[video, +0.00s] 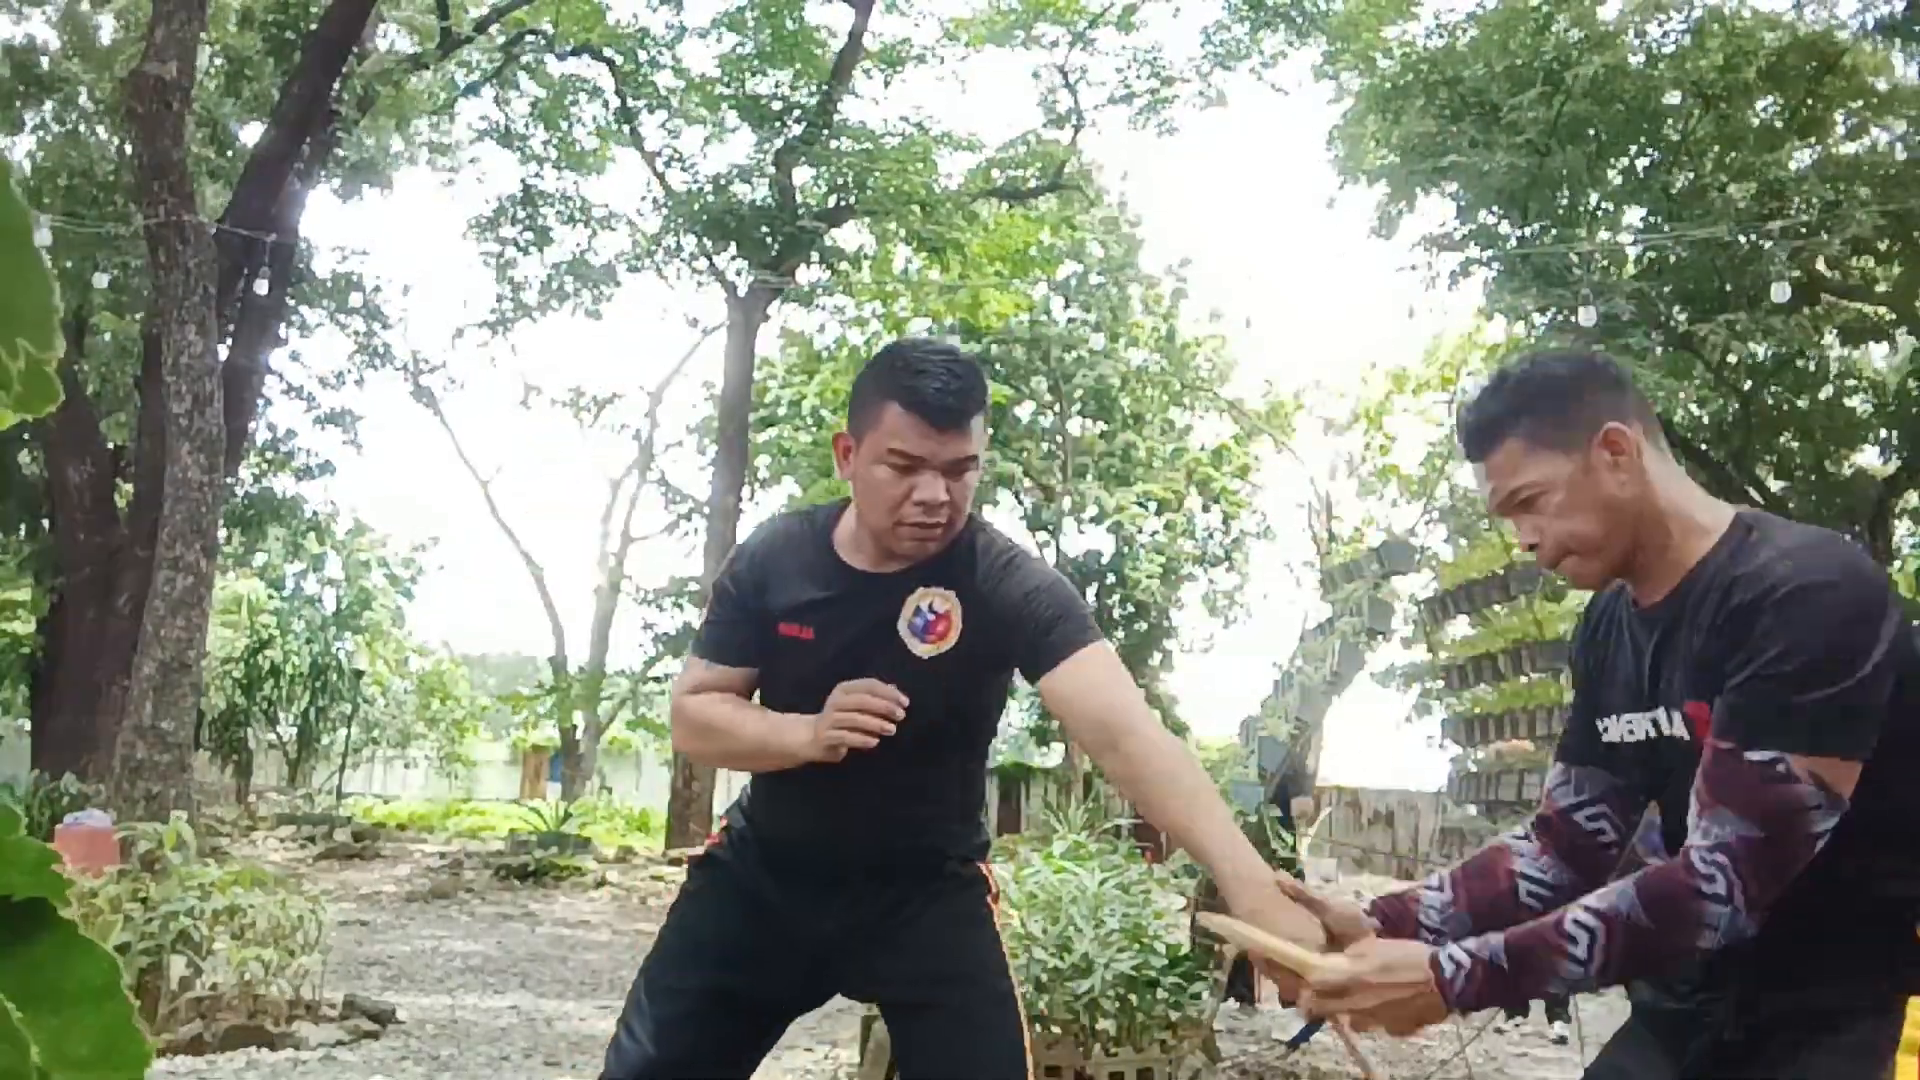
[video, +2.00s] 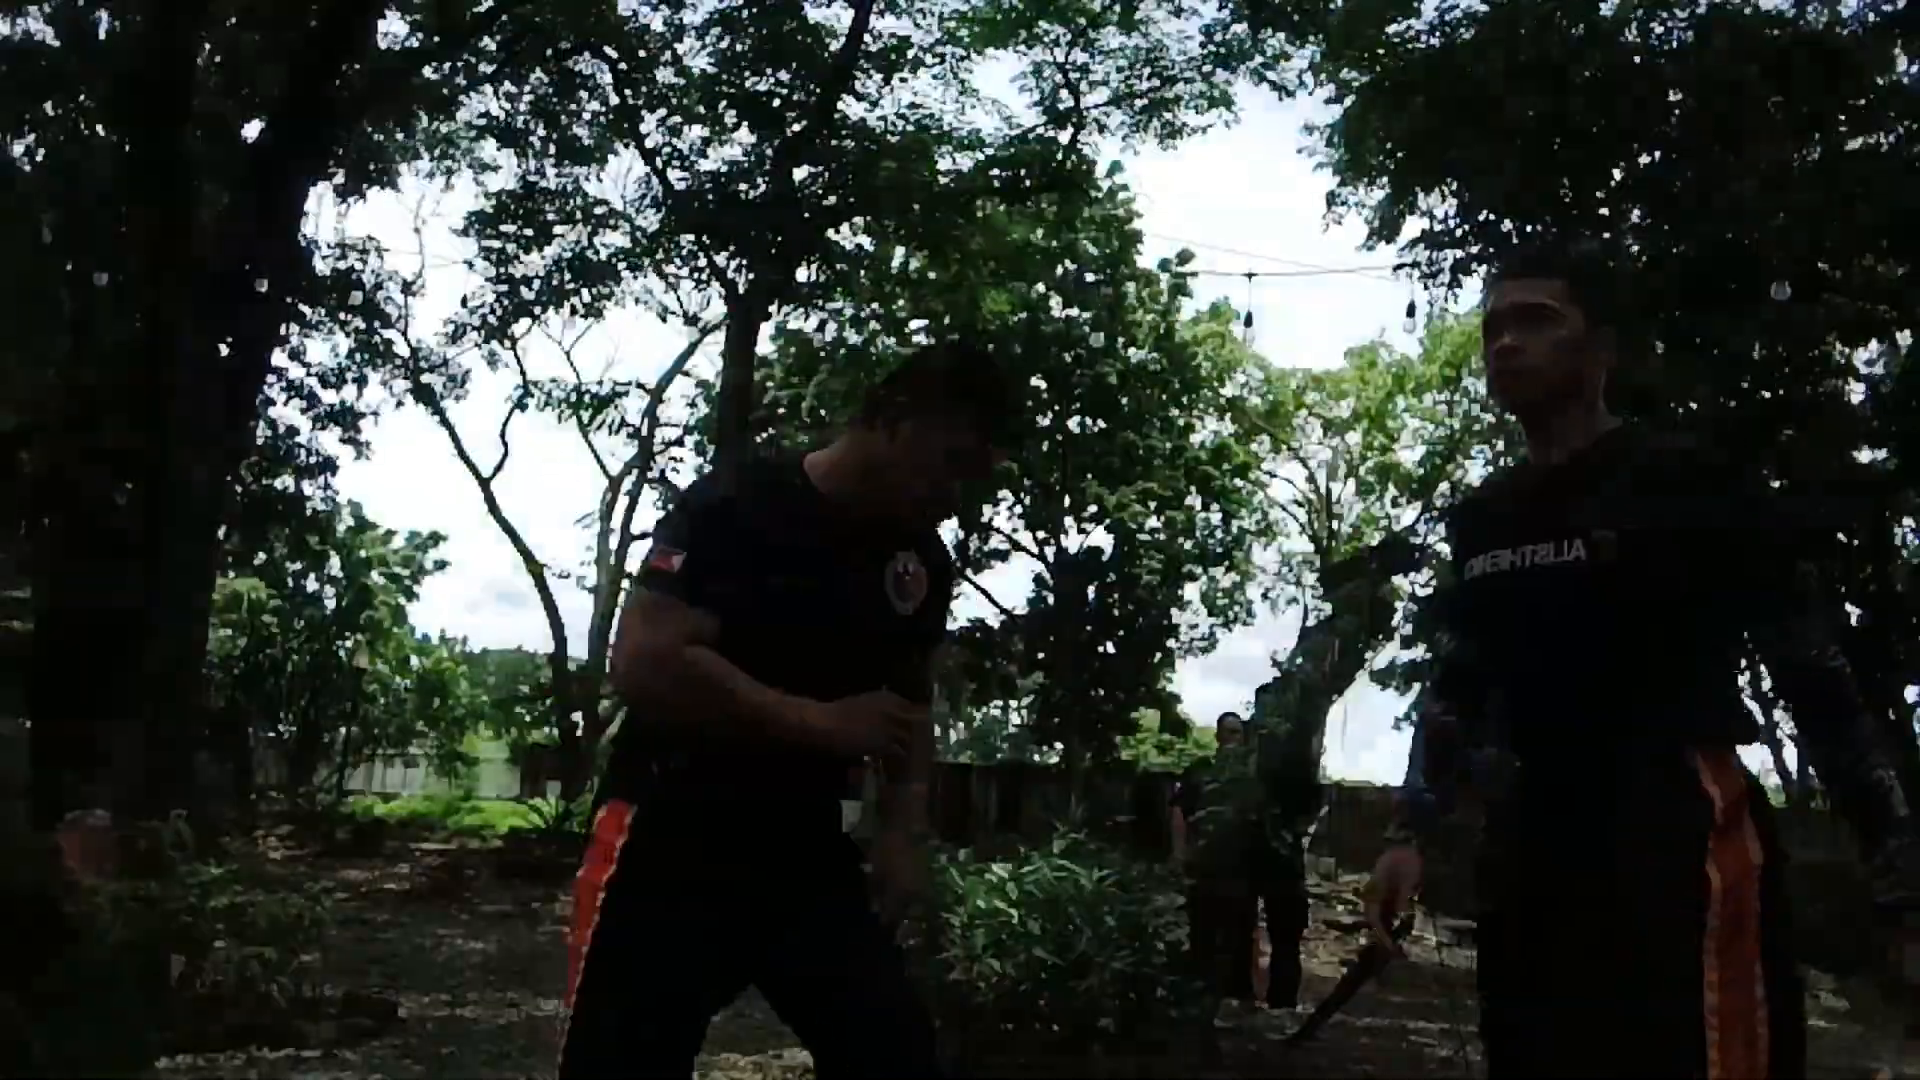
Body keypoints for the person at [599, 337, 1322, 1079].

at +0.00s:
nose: (936, 495)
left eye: (960, 468)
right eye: (907, 465)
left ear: (983, 458)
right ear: (848, 453)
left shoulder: (1008, 586)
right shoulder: (774, 560)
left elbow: (1128, 733)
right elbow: (691, 721)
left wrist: (1253, 887)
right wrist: (804, 735)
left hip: (927, 896)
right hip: (766, 879)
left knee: (982, 1067)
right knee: (647, 1062)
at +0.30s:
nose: (894, 506)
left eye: (918, 477)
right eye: (865, 475)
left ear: (942, 464)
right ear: (805, 459)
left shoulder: (980, 575)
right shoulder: (739, 569)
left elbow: (1142, 698)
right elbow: (677, 740)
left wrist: (1277, 797)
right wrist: (831, 738)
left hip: (922, 890)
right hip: (757, 878)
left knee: (985, 1071)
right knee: (639, 1066)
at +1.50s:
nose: (810, 500)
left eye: (841, 472)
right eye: (783, 470)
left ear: (885, 455)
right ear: (747, 450)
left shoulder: (941, 575)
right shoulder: (717, 568)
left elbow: (1092, 716)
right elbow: (671, 745)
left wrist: (1216, 878)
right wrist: (812, 713)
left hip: (921, 895)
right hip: (754, 884)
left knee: (991, 1072)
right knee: (621, 1069)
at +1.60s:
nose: (812, 493)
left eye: (842, 467)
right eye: (787, 463)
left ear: (885, 452)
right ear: (747, 444)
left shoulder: (932, 567)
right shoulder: (709, 562)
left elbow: (1054, 738)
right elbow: (662, 735)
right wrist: (806, 710)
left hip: (908, 886)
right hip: (745, 877)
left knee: (987, 1069)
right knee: (611, 1064)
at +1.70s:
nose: (826, 481)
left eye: (855, 458)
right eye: (799, 453)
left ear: (888, 445)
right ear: (748, 436)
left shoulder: (922, 556)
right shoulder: (695, 548)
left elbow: (1020, 736)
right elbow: (638, 723)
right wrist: (790, 709)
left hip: (877, 881)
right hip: (711, 878)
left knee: (968, 1065)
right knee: (593, 1064)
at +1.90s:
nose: (905, 478)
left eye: (922, 455)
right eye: (894, 445)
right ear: (823, 406)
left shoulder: (906, 546)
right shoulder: (668, 509)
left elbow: (928, 718)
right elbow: (576, 670)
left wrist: (913, 866)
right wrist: (747, 713)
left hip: (814, 862)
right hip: (658, 853)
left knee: (891, 1062)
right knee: (589, 1063)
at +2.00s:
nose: (958, 497)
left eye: (971, 480)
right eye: (954, 466)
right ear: (894, 420)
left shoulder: (920, 567)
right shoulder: (736, 496)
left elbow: (907, 715)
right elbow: (645, 659)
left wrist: (903, 836)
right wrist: (820, 721)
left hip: (801, 845)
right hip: (666, 839)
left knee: (891, 1054)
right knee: (618, 1063)